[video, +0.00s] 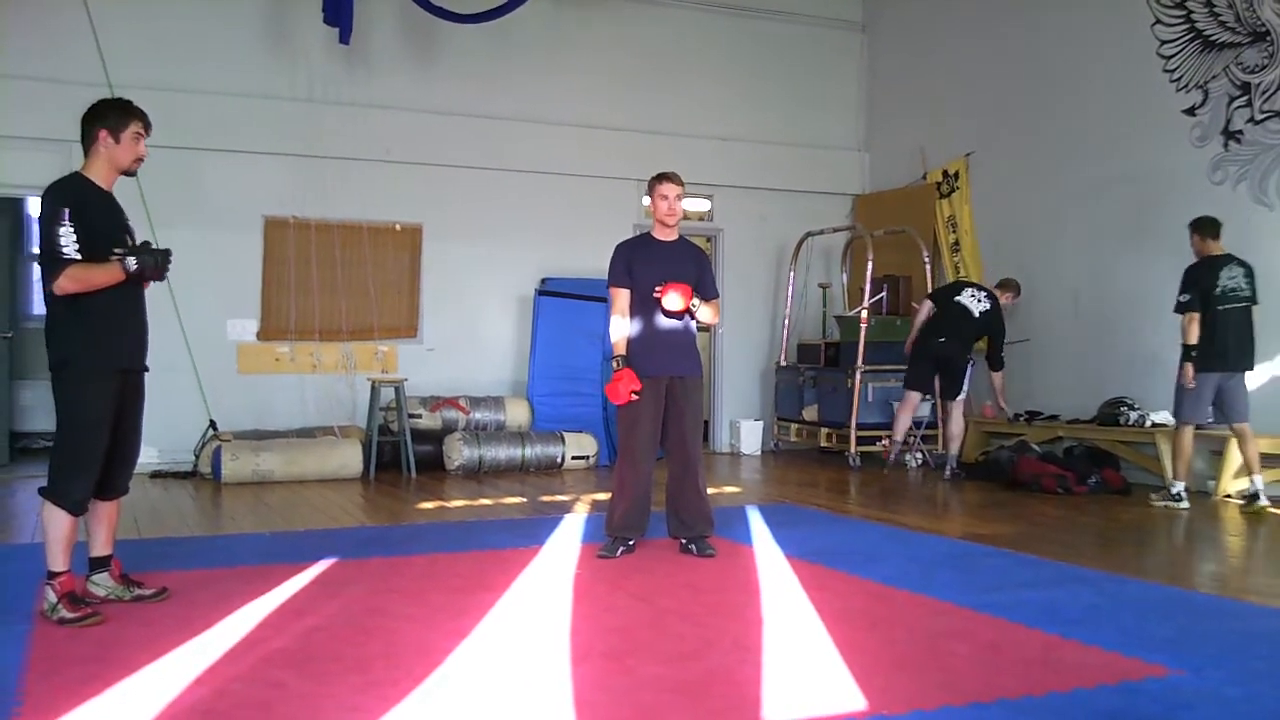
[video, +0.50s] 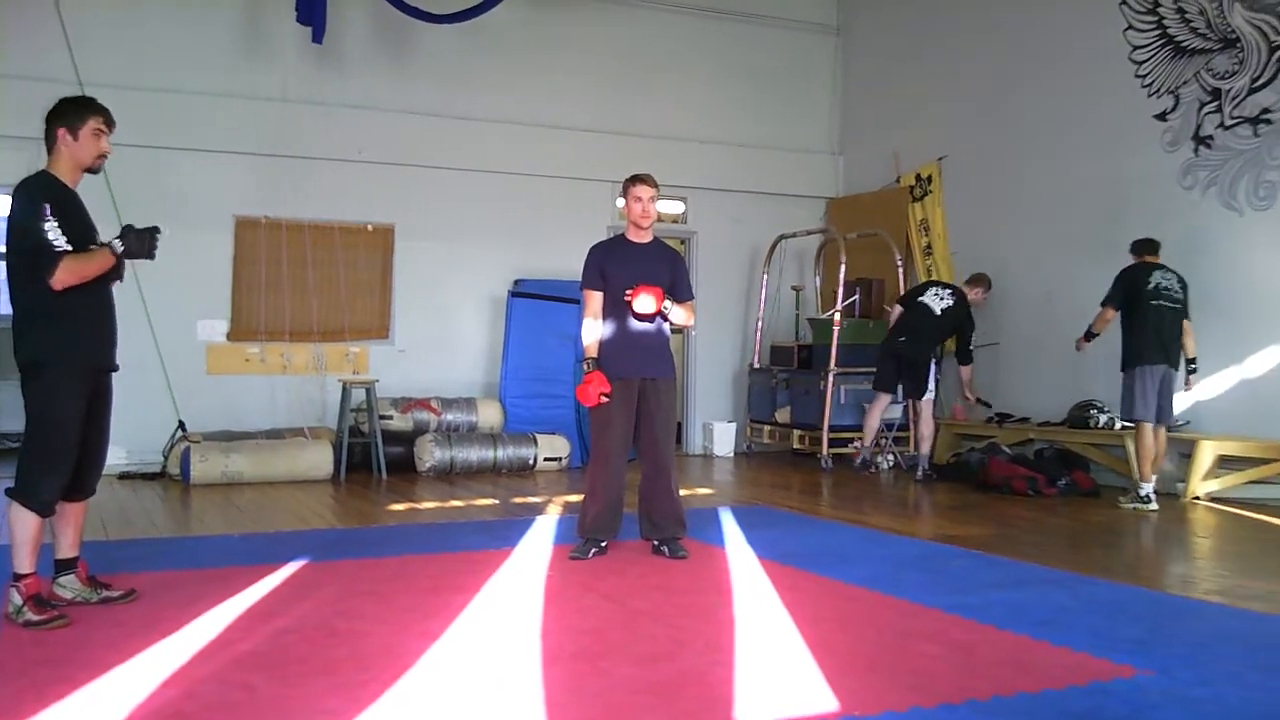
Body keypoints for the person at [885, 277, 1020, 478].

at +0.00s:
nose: (1009, 306)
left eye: (1011, 303)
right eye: (1012, 302)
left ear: (995, 285)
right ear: (1008, 297)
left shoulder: (963, 285)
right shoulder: (996, 316)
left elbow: (927, 302)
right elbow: (995, 363)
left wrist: (913, 335)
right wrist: (1000, 398)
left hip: (926, 344)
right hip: (956, 354)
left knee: (909, 400)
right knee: (955, 410)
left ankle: (892, 454)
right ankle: (951, 466)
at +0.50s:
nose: (981, 302)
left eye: (983, 298)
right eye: (983, 297)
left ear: (966, 282)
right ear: (977, 292)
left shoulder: (933, 285)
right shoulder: (965, 315)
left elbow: (899, 306)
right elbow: (964, 359)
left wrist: (892, 335)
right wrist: (967, 390)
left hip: (893, 345)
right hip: (921, 355)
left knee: (881, 399)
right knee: (925, 412)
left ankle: (863, 456)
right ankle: (923, 467)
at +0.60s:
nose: (965, 292)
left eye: (967, 289)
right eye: (967, 288)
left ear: (950, 275)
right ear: (962, 283)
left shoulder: (914, 282)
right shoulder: (949, 307)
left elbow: (883, 307)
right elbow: (948, 349)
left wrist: (881, 336)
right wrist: (953, 378)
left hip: (880, 346)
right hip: (907, 352)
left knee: (872, 399)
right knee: (913, 409)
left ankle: (859, 455)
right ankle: (912, 465)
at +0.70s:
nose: (957, 284)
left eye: (959, 280)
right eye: (958, 280)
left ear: (939, 269)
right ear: (951, 276)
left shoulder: (905, 282)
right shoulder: (940, 301)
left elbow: (879, 310)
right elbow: (940, 343)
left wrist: (880, 338)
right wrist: (948, 370)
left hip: (879, 346)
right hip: (905, 351)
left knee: (873, 404)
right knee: (913, 409)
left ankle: (861, 458)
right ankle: (912, 465)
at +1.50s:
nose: (951, 264)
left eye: (951, 259)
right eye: (948, 259)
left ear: (932, 259)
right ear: (933, 259)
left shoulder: (928, 284)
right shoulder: (920, 285)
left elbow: (932, 330)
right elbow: (922, 326)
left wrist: (941, 362)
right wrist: (958, 325)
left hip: (918, 353)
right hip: (917, 353)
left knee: (909, 408)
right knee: (930, 405)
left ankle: (906, 460)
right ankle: (911, 459)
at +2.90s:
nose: (941, 259)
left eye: (941, 254)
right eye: (938, 254)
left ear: (925, 256)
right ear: (925, 256)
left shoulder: (919, 283)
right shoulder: (914, 283)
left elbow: (924, 322)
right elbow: (920, 324)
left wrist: (949, 333)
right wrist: (953, 335)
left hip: (919, 351)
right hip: (914, 352)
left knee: (915, 406)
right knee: (917, 405)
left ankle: (910, 459)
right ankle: (908, 462)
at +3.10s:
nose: (1008, 266)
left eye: (1009, 261)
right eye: (1005, 261)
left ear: (993, 261)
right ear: (992, 261)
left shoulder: (989, 289)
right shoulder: (976, 287)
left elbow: (995, 324)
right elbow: (981, 327)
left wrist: (1022, 327)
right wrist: (1016, 334)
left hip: (990, 357)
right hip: (979, 357)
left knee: (983, 412)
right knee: (981, 411)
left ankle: (977, 466)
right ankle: (975, 469)